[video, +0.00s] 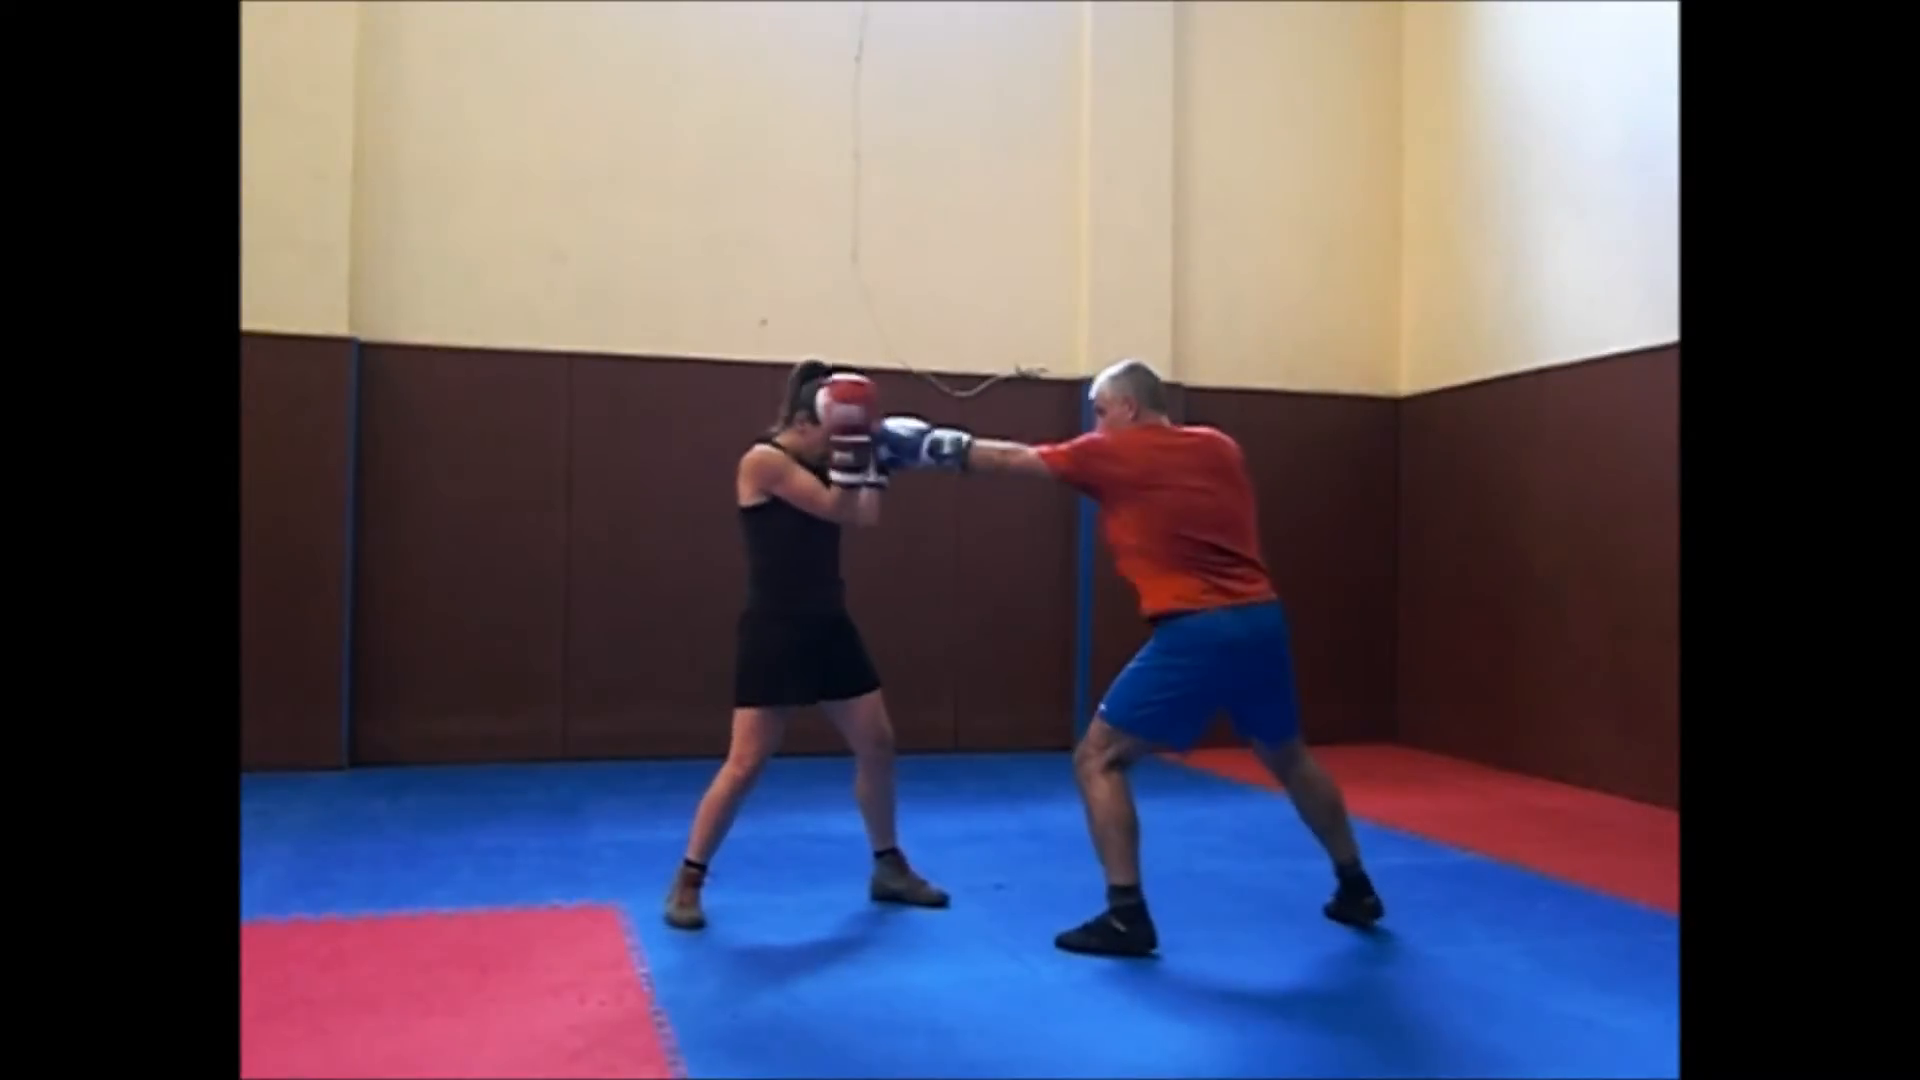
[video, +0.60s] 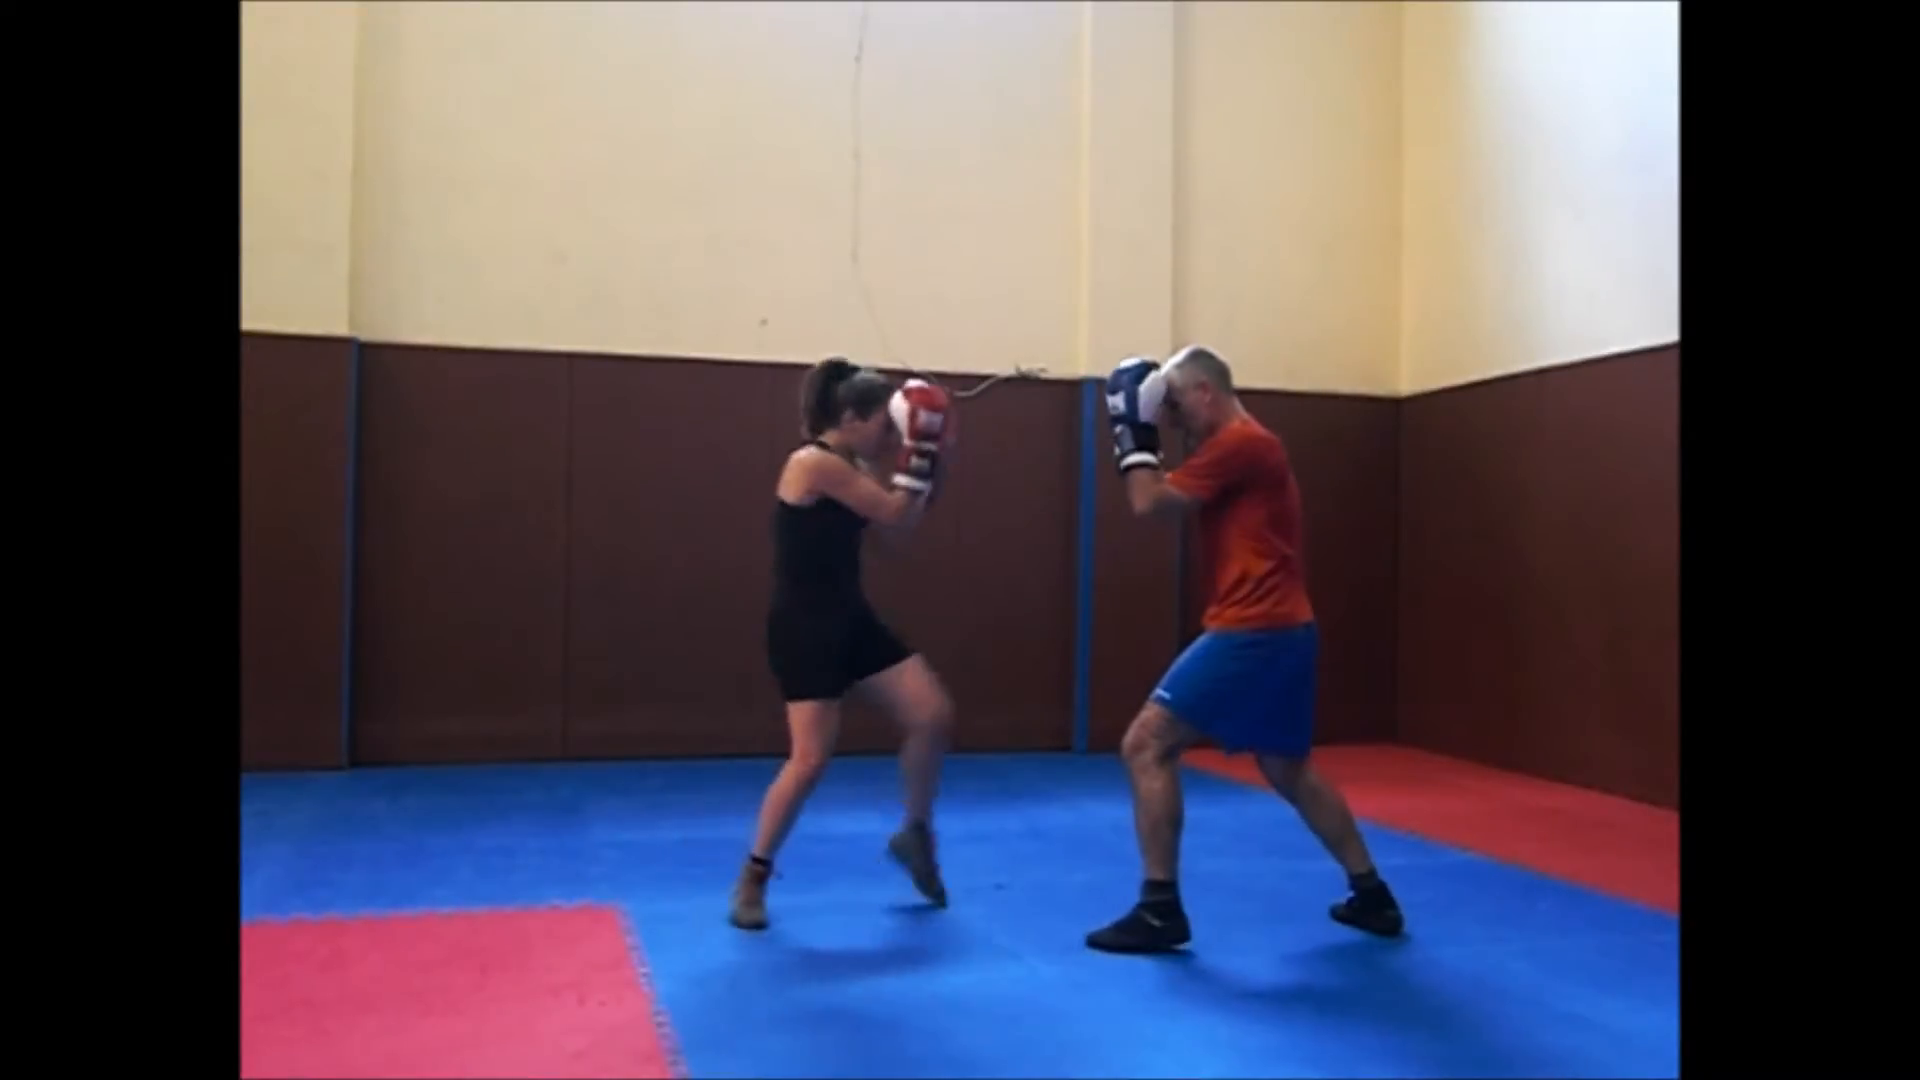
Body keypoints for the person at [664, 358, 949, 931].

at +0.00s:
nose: (837, 443)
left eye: (841, 433)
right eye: (830, 431)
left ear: (833, 428)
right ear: (802, 421)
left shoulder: (819, 466)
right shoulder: (763, 462)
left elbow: (867, 514)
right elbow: (838, 508)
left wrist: (868, 450)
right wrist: (855, 454)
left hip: (828, 628)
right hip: (773, 631)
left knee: (876, 742)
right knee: (746, 761)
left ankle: (889, 868)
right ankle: (688, 881)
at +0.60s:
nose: (886, 433)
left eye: (887, 423)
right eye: (881, 422)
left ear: (851, 420)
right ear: (852, 419)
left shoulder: (843, 467)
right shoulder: (813, 465)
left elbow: (893, 523)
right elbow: (897, 514)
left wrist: (919, 463)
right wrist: (918, 460)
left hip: (850, 623)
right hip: (806, 629)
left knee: (930, 713)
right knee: (809, 758)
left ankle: (916, 835)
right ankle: (755, 875)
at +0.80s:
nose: (918, 430)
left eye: (921, 420)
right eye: (910, 419)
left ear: (910, 418)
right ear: (872, 414)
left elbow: (988, 485)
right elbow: (826, 542)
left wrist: (1036, 456)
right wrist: (884, 494)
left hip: (898, 615)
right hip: (837, 618)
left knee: (948, 735)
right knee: (812, 741)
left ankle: (961, 850)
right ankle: (751, 871)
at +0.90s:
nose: (937, 438)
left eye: (940, 428)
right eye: (930, 426)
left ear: (929, 427)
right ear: (891, 420)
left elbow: (1014, 497)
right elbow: (832, 551)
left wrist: (1059, 463)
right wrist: (884, 509)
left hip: (912, 626)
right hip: (856, 627)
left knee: (955, 741)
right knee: (833, 746)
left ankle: (956, 865)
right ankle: (759, 870)